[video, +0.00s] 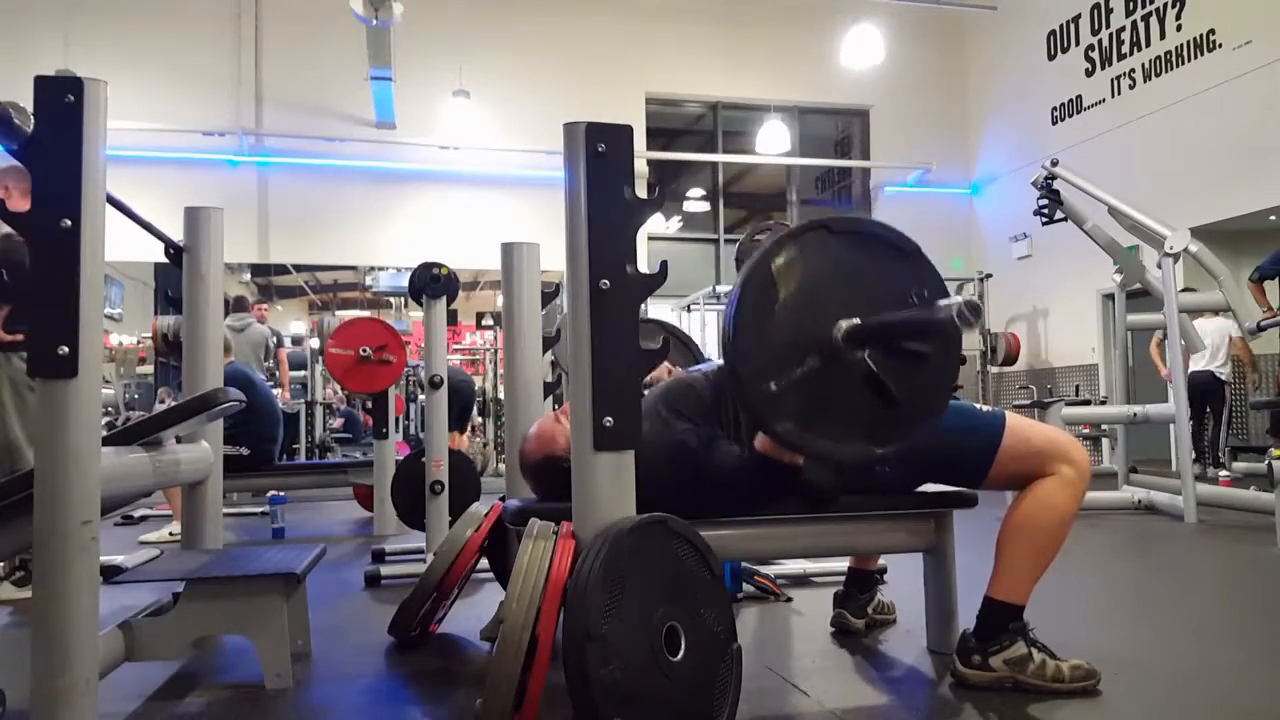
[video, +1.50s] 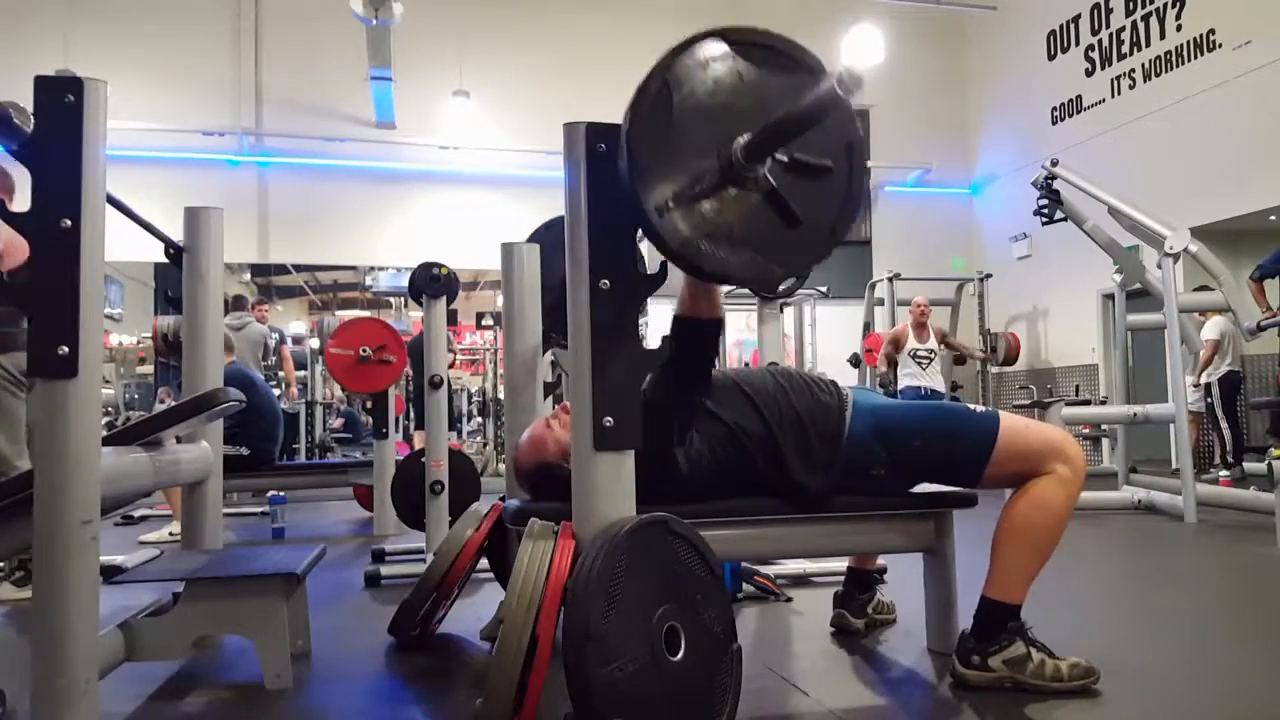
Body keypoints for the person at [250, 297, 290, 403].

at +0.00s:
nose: (262, 313)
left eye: (265, 310)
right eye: (259, 309)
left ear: (269, 312)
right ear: (251, 311)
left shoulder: (275, 334)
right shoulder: (242, 333)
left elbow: (282, 361)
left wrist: (285, 389)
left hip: (268, 385)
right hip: (244, 385)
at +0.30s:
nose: (265, 313)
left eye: (268, 310)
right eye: (261, 309)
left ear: (271, 312)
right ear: (253, 311)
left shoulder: (276, 335)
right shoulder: (245, 333)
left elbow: (284, 361)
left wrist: (288, 388)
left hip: (271, 386)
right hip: (248, 385)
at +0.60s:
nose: (267, 313)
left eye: (269, 309)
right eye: (262, 309)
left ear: (272, 312)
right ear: (252, 311)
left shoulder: (277, 335)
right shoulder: (245, 334)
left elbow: (285, 361)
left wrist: (290, 387)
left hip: (274, 387)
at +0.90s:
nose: (267, 313)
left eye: (269, 309)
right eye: (263, 309)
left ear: (272, 311)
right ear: (252, 311)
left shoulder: (278, 334)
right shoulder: (246, 334)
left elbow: (285, 361)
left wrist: (290, 387)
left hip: (274, 387)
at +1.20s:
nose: (265, 313)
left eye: (267, 310)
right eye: (261, 310)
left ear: (270, 311)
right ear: (252, 311)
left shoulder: (278, 334)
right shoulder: (246, 333)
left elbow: (286, 360)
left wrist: (291, 386)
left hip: (274, 386)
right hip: (251, 386)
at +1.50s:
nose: (263, 314)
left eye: (266, 311)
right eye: (259, 311)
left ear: (269, 312)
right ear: (252, 311)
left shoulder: (277, 333)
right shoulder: (245, 332)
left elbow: (286, 358)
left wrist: (292, 384)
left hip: (272, 384)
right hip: (251, 384)